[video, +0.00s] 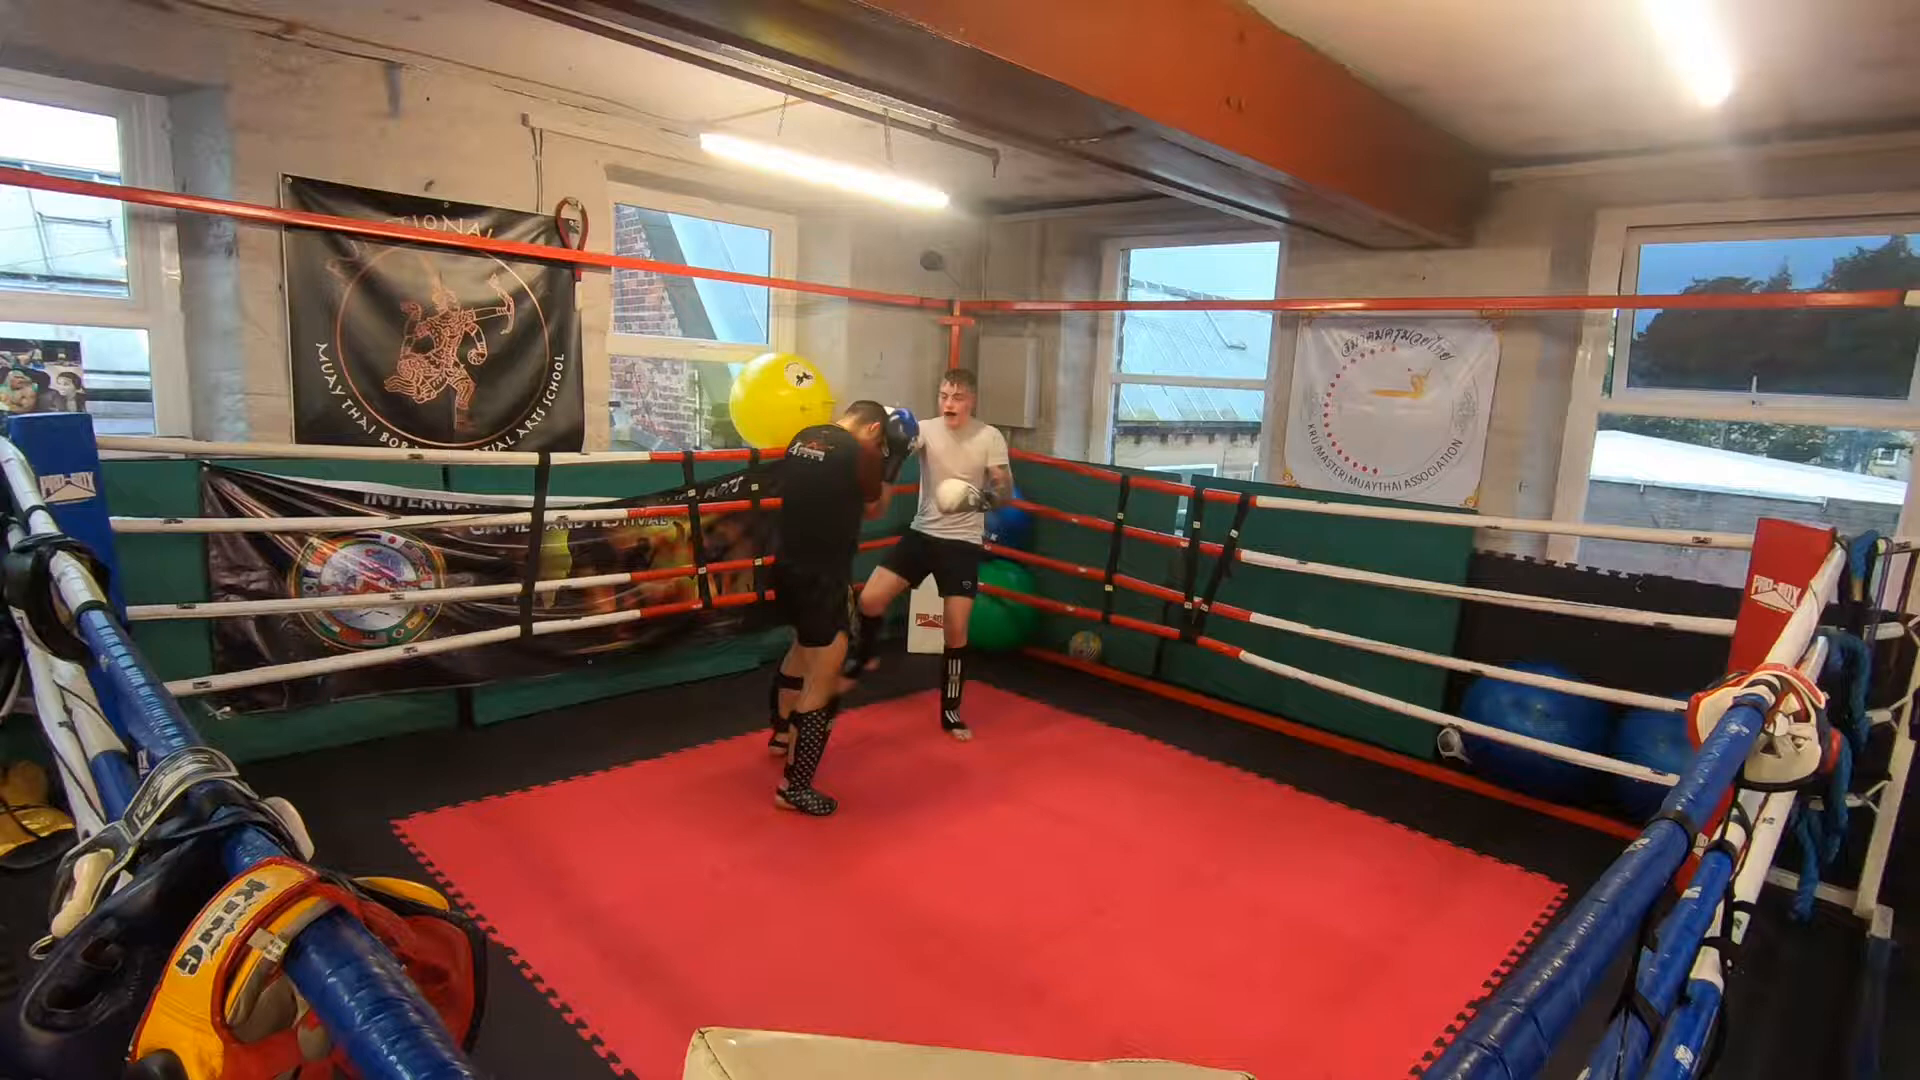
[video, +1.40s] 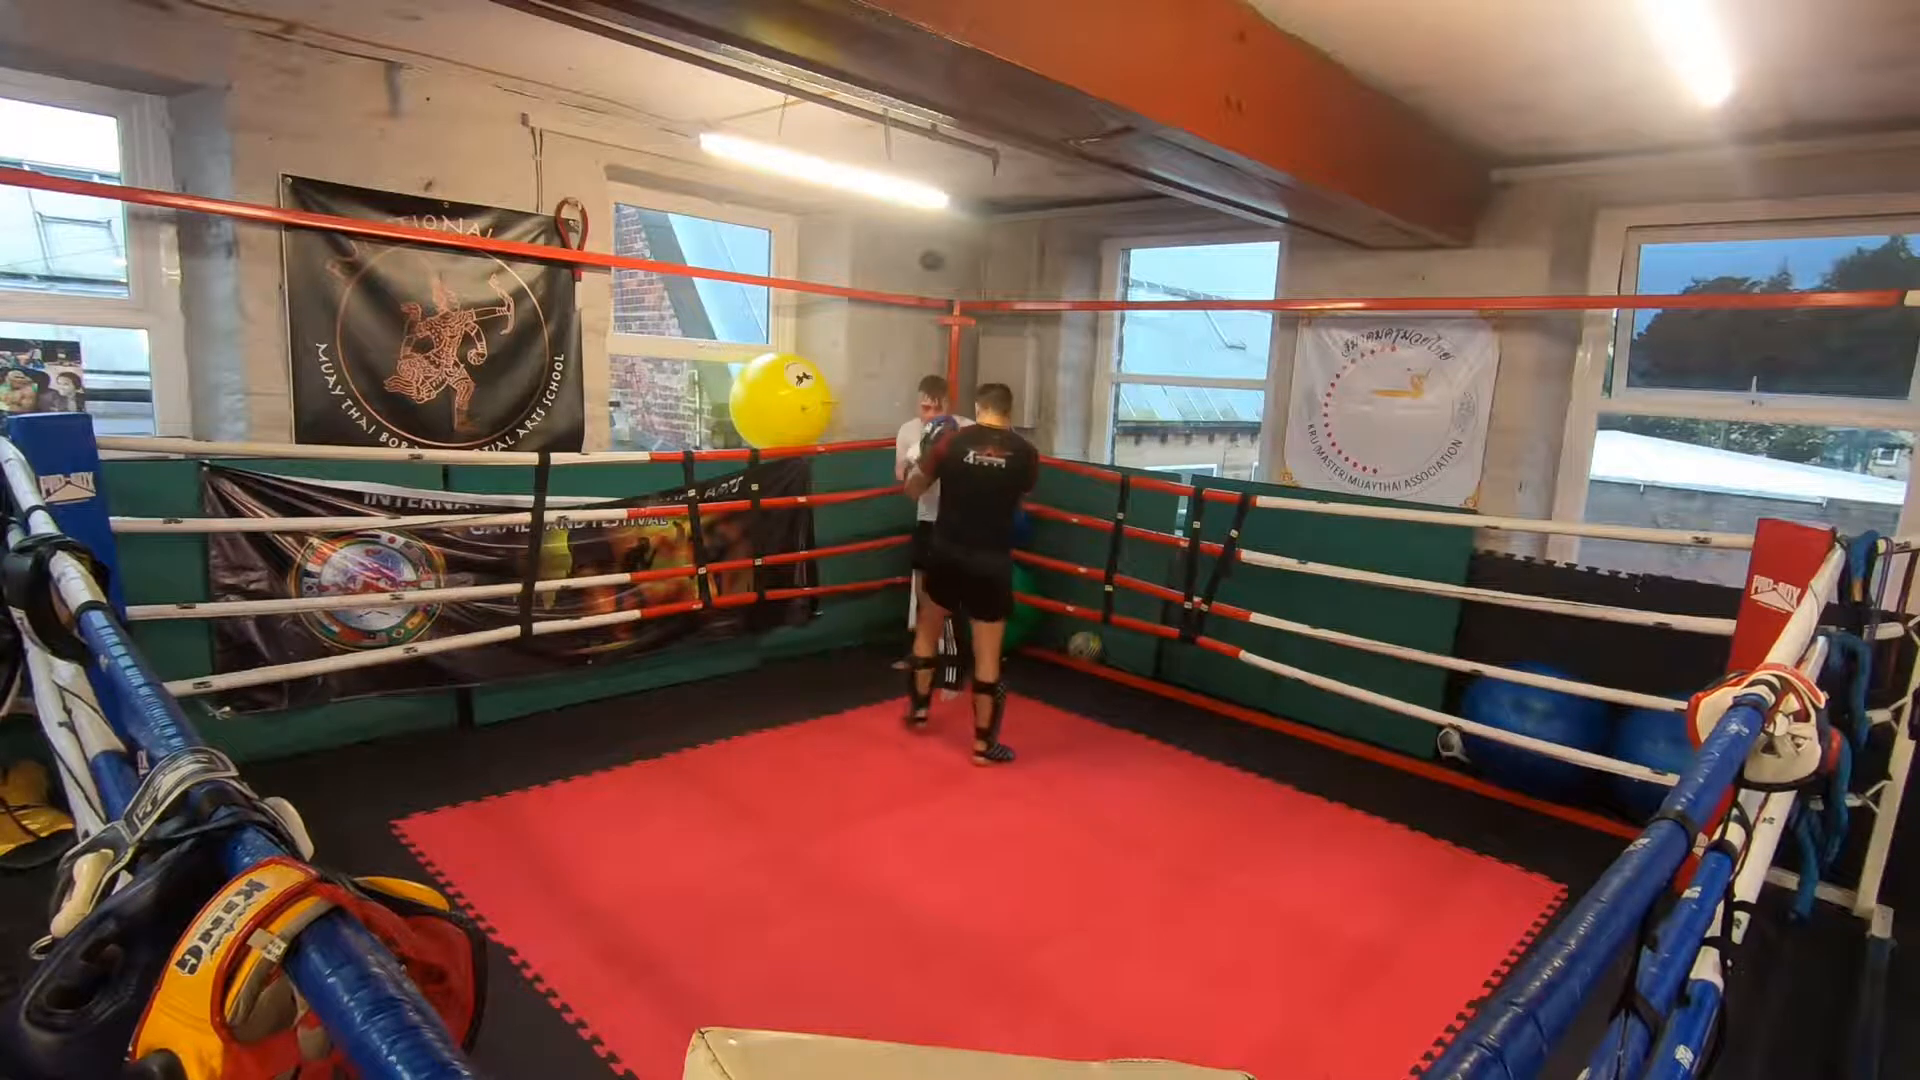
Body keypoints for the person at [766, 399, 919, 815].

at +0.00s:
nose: (876, 443)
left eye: (878, 437)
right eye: (878, 437)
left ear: (846, 416)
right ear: (871, 428)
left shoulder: (805, 439)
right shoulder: (856, 452)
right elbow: (876, 505)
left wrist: (875, 457)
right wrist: (895, 457)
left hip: (791, 571)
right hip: (823, 579)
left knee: (801, 650)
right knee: (824, 680)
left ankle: (783, 732)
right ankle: (797, 786)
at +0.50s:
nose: (907, 438)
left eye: (908, 432)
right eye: (909, 431)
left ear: (873, 413)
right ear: (900, 421)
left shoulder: (835, 449)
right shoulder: (880, 454)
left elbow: (828, 517)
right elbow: (911, 512)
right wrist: (928, 462)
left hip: (831, 572)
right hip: (855, 580)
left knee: (852, 662)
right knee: (837, 680)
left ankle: (833, 738)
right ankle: (797, 785)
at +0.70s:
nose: (930, 435)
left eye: (930, 430)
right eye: (932, 430)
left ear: (894, 418)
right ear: (924, 424)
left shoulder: (856, 455)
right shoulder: (912, 461)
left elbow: (840, 513)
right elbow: (935, 520)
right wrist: (949, 475)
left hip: (851, 572)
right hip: (881, 578)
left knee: (877, 658)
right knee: (865, 679)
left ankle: (862, 741)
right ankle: (807, 774)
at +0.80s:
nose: (941, 428)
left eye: (941, 422)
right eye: (942, 421)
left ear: (905, 414)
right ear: (933, 420)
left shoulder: (873, 447)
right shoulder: (929, 458)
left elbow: (846, 498)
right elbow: (946, 519)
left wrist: (887, 505)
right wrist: (952, 480)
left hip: (862, 567)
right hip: (896, 574)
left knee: (874, 659)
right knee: (912, 675)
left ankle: (858, 743)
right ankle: (849, 749)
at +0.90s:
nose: (958, 419)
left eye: (958, 411)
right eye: (958, 411)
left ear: (918, 407)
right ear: (950, 409)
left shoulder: (883, 440)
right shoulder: (946, 450)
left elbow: (865, 492)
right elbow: (958, 515)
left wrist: (907, 487)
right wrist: (973, 481)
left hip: (874, 560)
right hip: (917, 567)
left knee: (877, 653)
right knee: (943, 660)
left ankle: (858, 745)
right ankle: (903, 748)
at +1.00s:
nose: (963, 416)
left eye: (955, 408)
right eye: (966, 411)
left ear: (934, 402)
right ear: (968, 410)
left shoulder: (902, 436)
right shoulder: (963, 450)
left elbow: (879, 491)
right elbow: (978, 512)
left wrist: (919, 486)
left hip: (891, 560)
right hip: (937, 567)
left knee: (884, 650)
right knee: (955, 657)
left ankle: (860, 741)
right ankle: (963, 747)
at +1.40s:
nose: (980, 415)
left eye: (978, 408)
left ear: (977, 408)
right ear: (1011, 413)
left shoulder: (952, 442)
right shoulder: (1025, 453)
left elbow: (915, 487)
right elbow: (1023, 493)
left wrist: (914, 466)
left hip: (947, 556)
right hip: (992, 563)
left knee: (928, 631)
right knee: (988, 655)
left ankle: (919, 709)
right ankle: (984, 743)